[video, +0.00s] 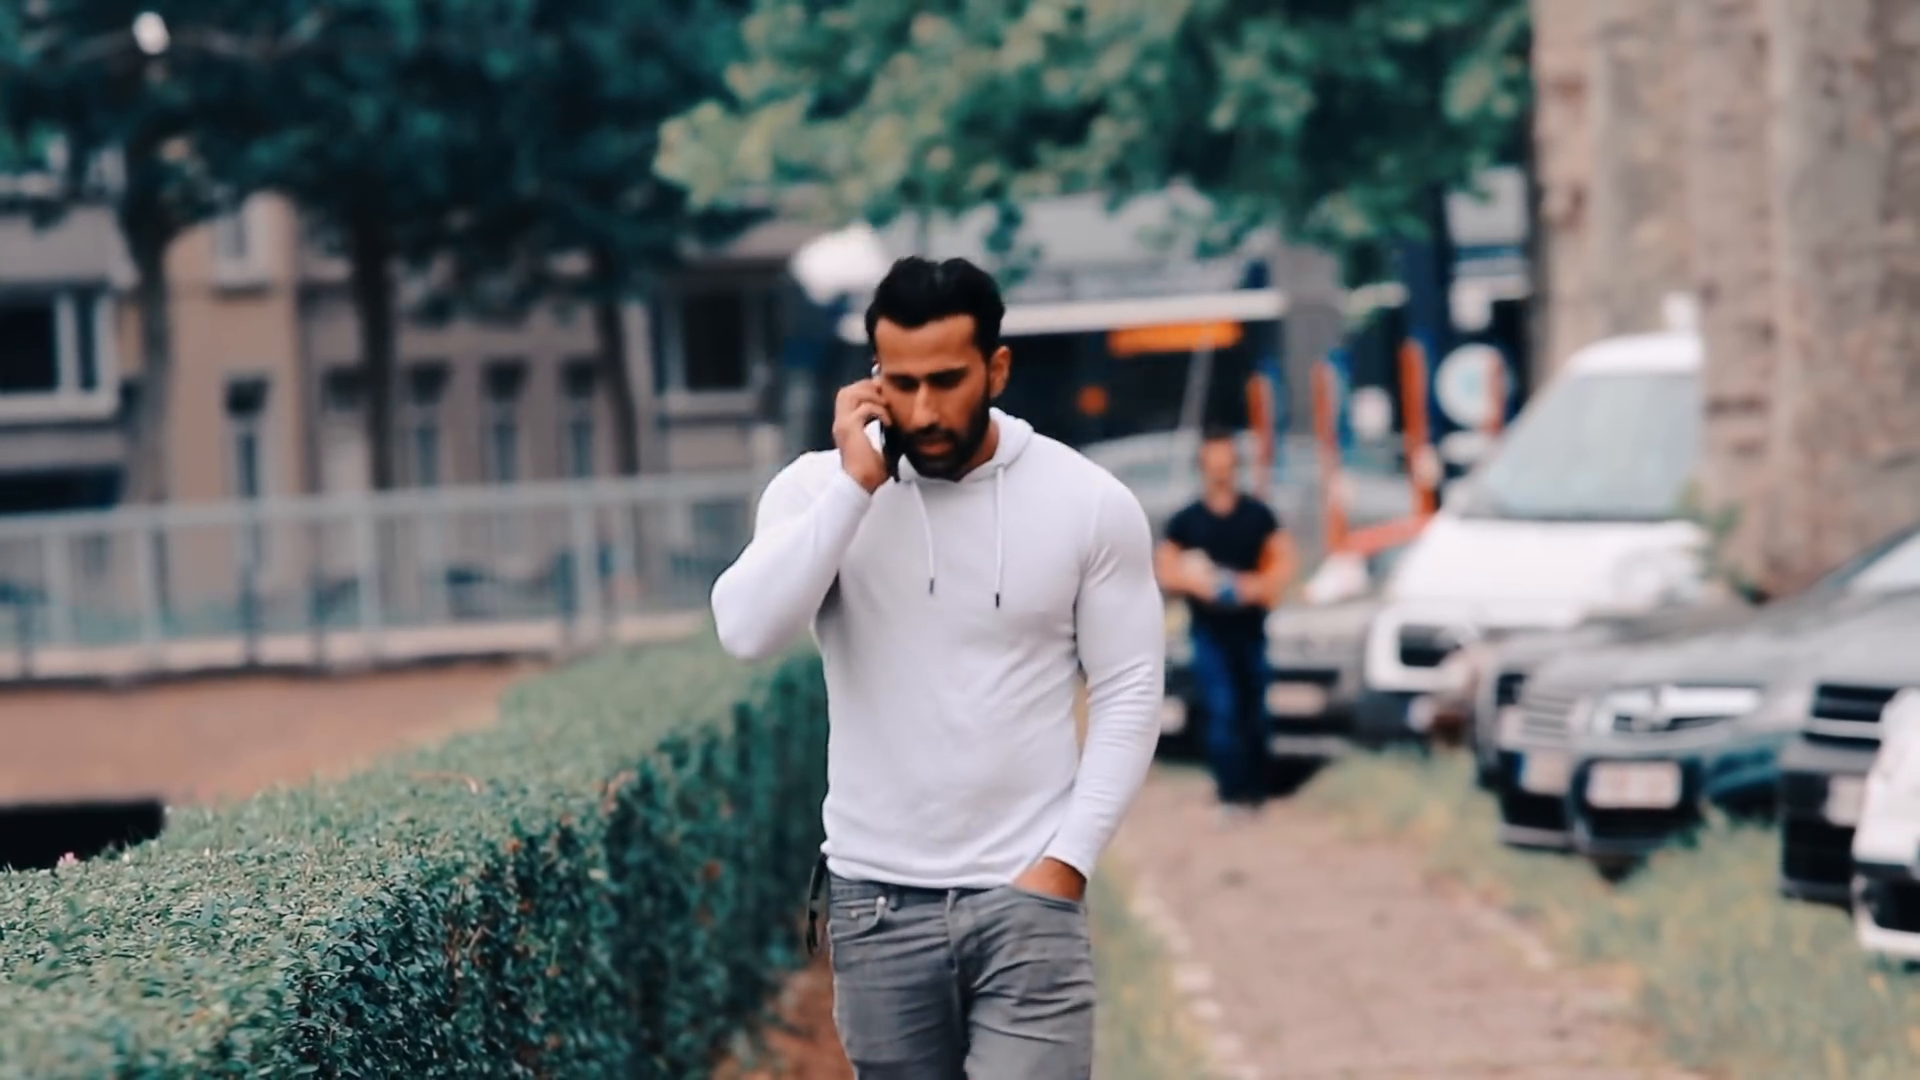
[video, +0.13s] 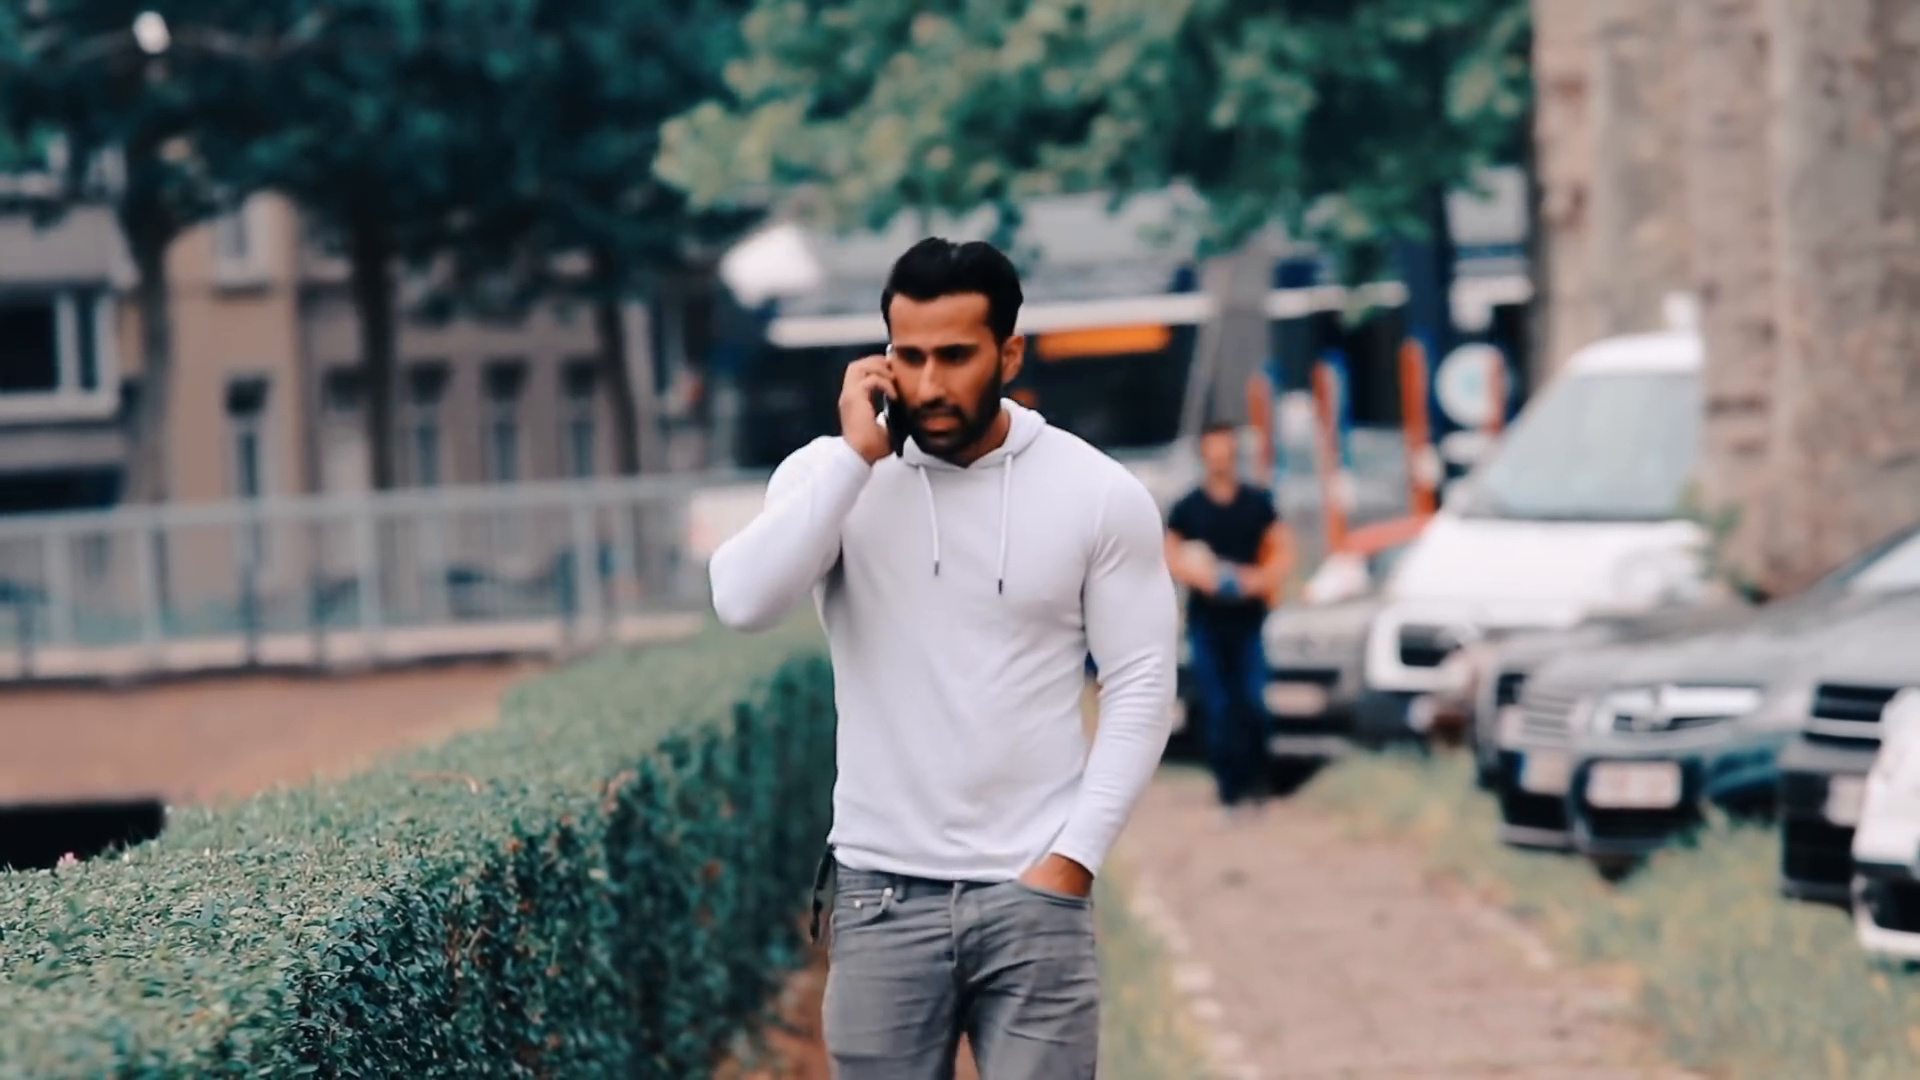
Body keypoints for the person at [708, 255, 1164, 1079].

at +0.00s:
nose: (923, 410)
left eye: (947, 381)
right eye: (901, 383)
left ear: (998, 366)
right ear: (874, 372)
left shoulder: (1090, 505)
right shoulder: (815, 488)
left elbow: (1127, 696)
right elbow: (745, 631)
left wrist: (1067, 864)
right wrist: (853, 481)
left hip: (1028, 903)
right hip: (874, 906)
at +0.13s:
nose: (929, 384)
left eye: (956, 357)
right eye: (910, 357)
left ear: (1010, 353)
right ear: (887, 353)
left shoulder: (1100, 496)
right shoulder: (827, 474)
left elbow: (1139, 692)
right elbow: (741, 601)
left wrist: (1072, 862)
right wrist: (854, 455)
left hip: (1034, 900)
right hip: (880, 900)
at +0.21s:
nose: (925, 372)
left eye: (953, 345)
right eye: (908, 345)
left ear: (1010, 344)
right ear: (887, 344)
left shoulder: (1101, 491)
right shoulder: (832, 472)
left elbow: (1144, 689)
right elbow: (737, 589)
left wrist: (1074, 861)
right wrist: (850, 444)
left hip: (1034, 899)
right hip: (879, 896)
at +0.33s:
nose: (912, 360)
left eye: (939, 332)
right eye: (896, 333)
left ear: (1002, 334)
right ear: (877, 335)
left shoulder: (1099, 482)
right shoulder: (841, 469)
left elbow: (1137, 686)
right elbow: (723, 579)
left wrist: (1073, 864)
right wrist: (834, 434)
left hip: (1031, 897)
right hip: (875, 888)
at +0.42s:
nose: (901, 357)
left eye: (930, 328)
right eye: (887, 329)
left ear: (996, 332)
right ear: (869, 332)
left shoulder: (1097, 481)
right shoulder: (839, 468)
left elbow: (1135, 685)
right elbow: (719, 579)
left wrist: (1074, 866)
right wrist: (826, 431)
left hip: (1030, 901)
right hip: (875, 891)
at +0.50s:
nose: (888, 356)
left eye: (916, 329)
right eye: (875, 330)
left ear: (984, 334)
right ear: (857, 332)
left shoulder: (1088, 481)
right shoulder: (830, 470)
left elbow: (1127, 687)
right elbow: (709, 585)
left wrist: (1068, 869)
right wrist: (813, 433)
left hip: (1026, 905)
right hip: (871, 895)